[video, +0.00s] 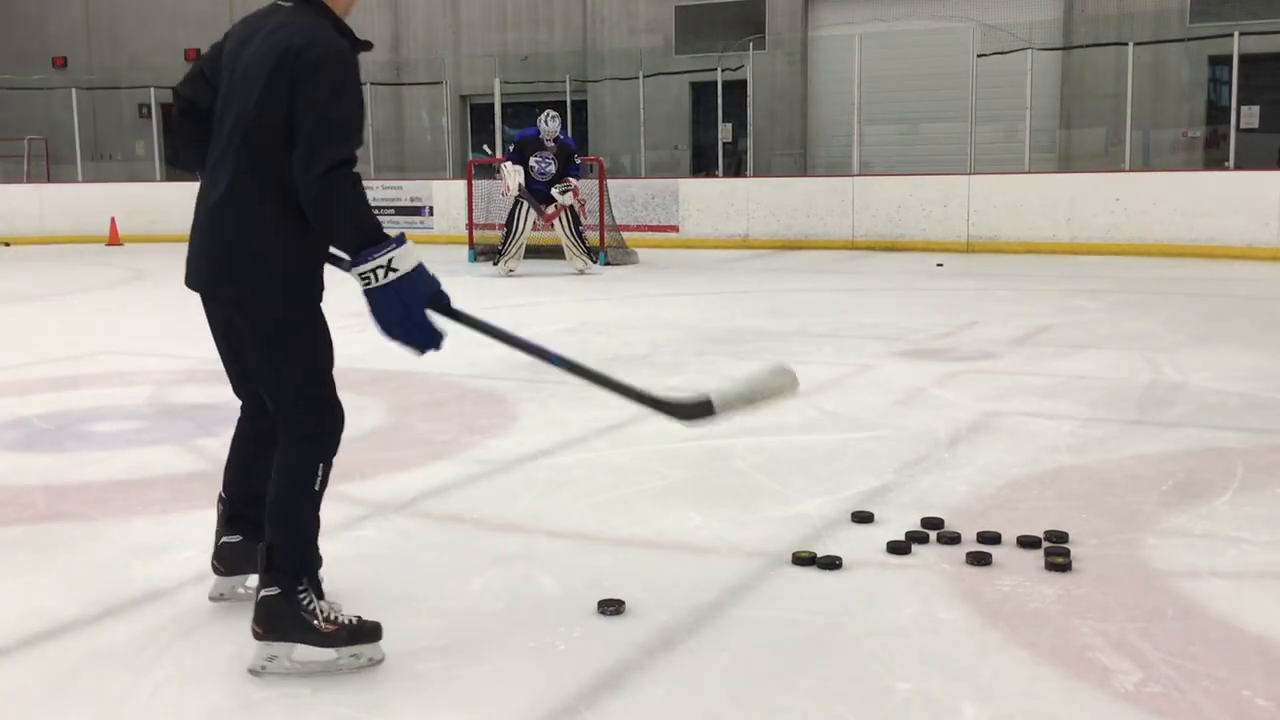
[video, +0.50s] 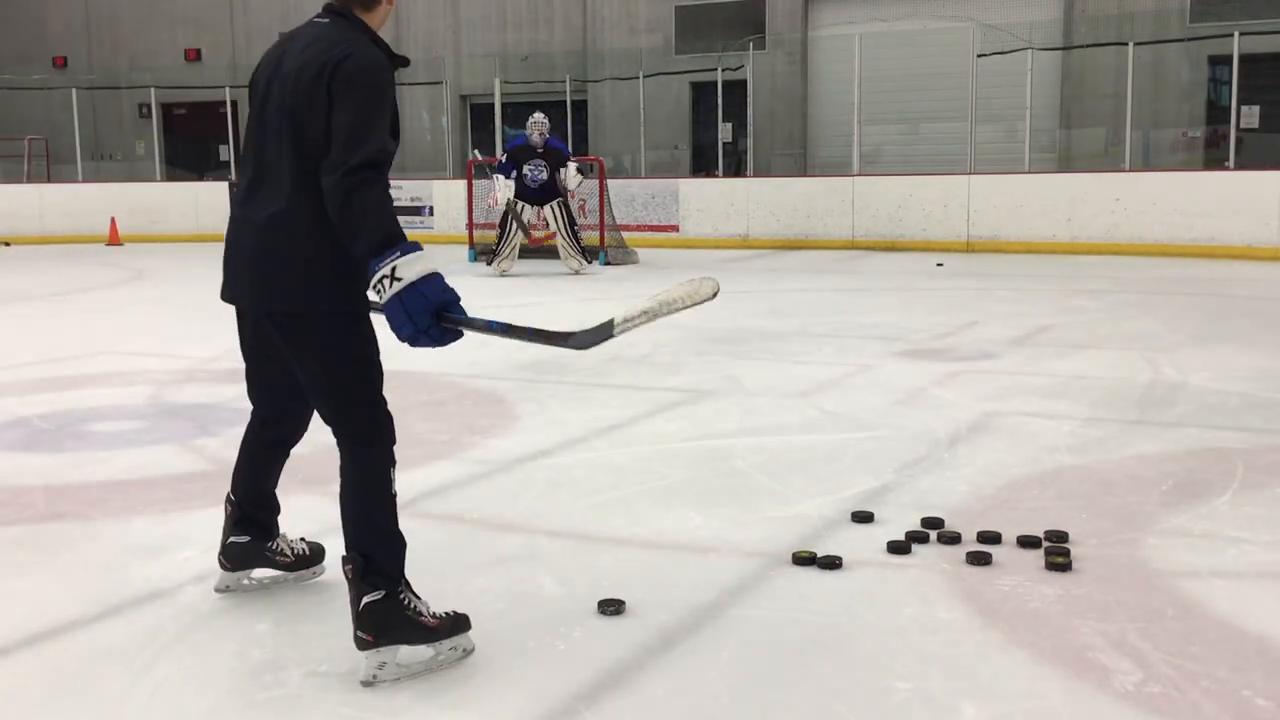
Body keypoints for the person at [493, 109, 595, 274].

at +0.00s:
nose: (550, 137)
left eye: (553, 133)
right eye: (546, 133)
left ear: (559, 129)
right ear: (539, 128)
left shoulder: (566, 144)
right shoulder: (524, 139)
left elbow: (574, 170)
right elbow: (511, 161)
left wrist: (568, 187)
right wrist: (513, 177)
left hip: (557, 195)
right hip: (529, 194)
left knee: (571, 230)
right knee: (516, 229)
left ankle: (584, 264)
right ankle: (505, 265)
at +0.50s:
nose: (536, 133)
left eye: (541, 130)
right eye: (533, 130)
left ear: (546, 131)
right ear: (528, 131)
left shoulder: (556, 149)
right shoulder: (517, 148)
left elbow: (569, 181)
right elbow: (503, 171)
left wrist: (574, 176)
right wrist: (501, 190)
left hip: (552, 197)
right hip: (523, 197)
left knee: (566, 229)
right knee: (511, 231)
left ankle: (578, 263)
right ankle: (501, 264)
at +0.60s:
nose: (539, 142)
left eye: (543, 138)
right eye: (536, 138)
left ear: (549, 138)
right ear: (530, 137)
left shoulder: (558, 153)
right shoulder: (519, 153)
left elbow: (573, 175)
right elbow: (504, 176)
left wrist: (580, 167)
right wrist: (497, 197)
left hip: (552, 198)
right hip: (523, 198)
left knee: (566, 229)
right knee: (509, 229)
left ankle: (579, 263)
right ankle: (496, 264)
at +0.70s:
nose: (541, 148)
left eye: (544, 144)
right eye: (537, 144)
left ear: (550, 143)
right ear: (531, 143)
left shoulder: (559, 159)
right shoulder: (519, 159)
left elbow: (570, 184)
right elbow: (504, 183)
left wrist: (582, 168)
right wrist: (497, 205)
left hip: (552, 201)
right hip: (522, 201)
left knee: (567, 231)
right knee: (506, 231)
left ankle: (583, 263)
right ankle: (492, 264)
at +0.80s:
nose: (541, 152)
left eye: (545, 148)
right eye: (538, 149)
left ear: (550, 148)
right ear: (531, 148)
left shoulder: (558, 164)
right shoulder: (519, 162)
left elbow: (567, 191)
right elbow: (502, 186)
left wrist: (578, 178)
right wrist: (496, 208)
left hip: (549, 204)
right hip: (521, 203)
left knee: (566, 235)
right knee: (507, 234)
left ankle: (588, 267)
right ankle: (489, 266)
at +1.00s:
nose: (539, 155)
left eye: (543, 151)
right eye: (536, 151)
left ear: (548, 151)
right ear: (529, 150)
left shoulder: (557, 166)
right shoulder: (518, 164)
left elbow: (570, 184)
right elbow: (501, 187)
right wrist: (497, 209)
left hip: (549, 205)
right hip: (521, 204)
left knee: (564, 234)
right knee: (507, 234)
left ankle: (584, 264)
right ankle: (491, 265)